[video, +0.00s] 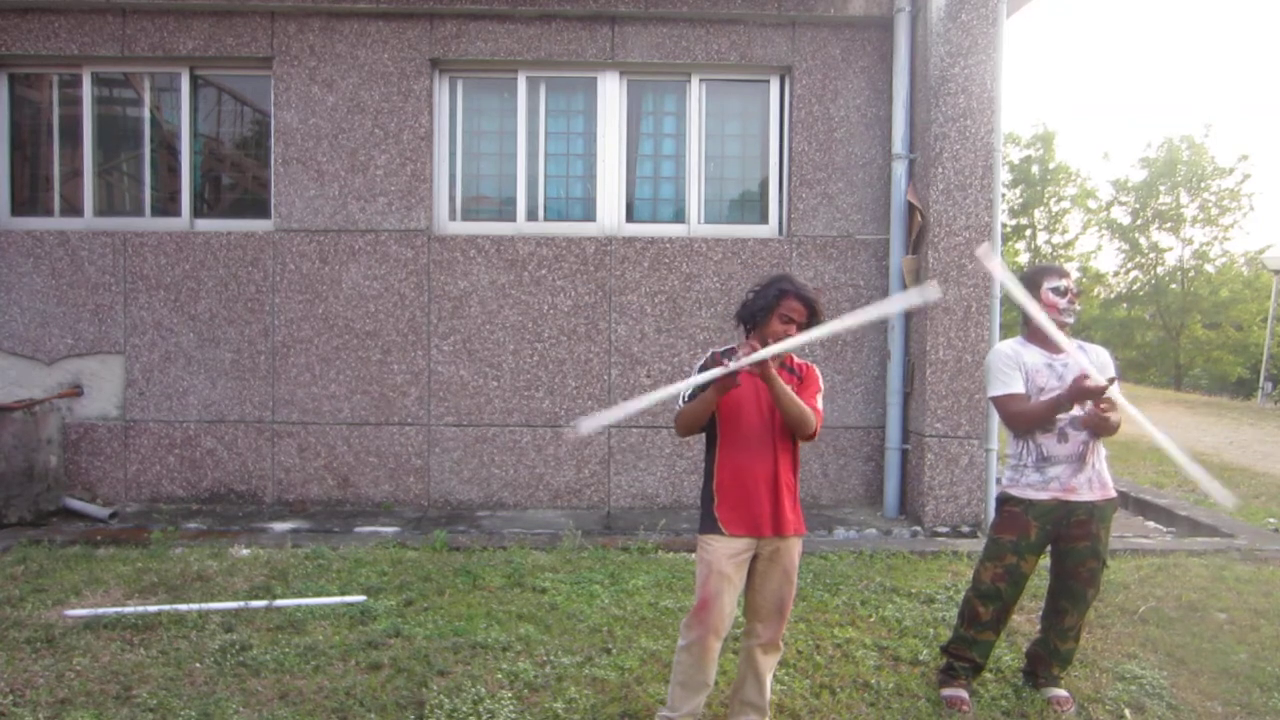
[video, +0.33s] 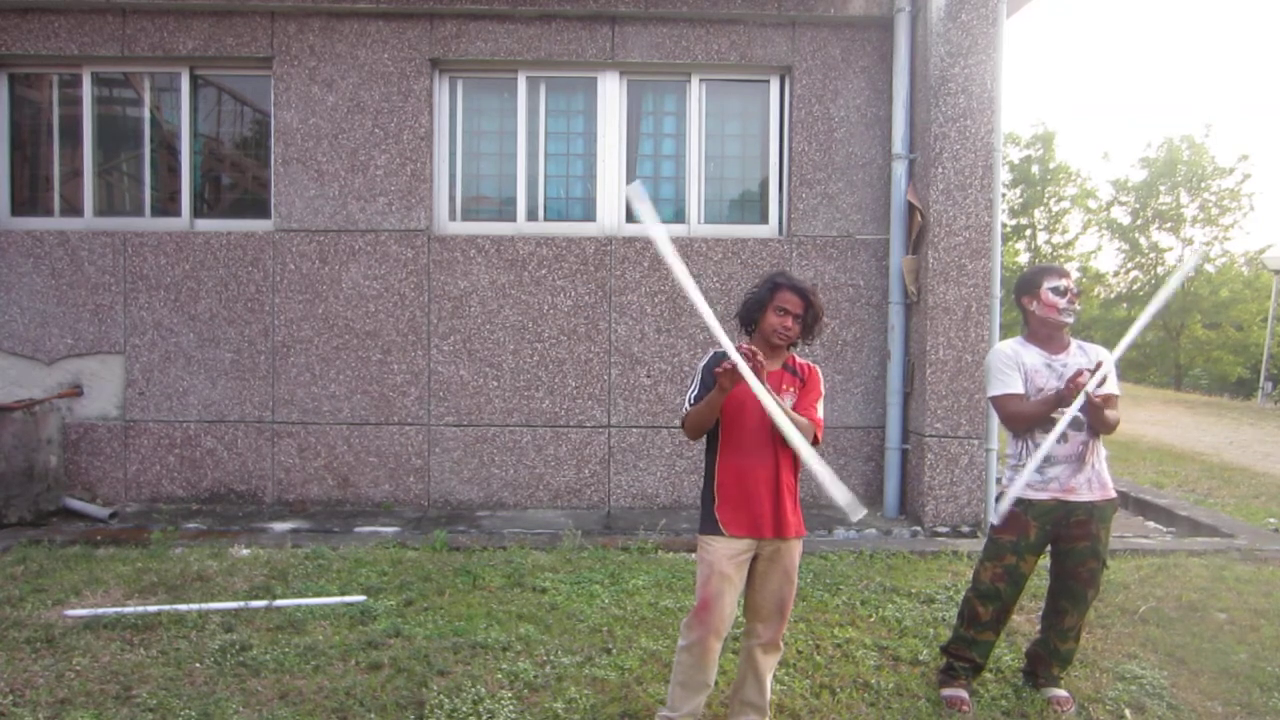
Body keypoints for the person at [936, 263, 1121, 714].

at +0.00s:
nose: (1071, 300)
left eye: (1074, 293)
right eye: (1059, 291)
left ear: (1076, 304)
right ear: (1029, 300)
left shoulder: (1094, 356)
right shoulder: (1006, 355)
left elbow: (1110, 420)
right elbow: (1018, 421)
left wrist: (1103, 421)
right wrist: (1071, 396)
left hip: (1089, 497)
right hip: (1028, 496)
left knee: (1076, 594)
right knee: (994, 585)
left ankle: (1045, 671)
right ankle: (957, 674)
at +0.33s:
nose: (1071, 298)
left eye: (1074, 292)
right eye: (1059, 290)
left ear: (1076, 304)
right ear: (1028, 302)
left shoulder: (1096, 356)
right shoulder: (1006, 355)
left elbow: (1109, 424)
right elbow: (1014, 419)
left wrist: (1092, 405)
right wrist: (1060, 396)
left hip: (1089, 498)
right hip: (1028, 496)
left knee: (1076, 594)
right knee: (993, 586)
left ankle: (1045, 671)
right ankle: (957, 674)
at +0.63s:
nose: (1060, 301)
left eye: (1066, 293)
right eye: (1049, 293)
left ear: (1073, 302)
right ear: (1025, 303)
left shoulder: (1095, 355)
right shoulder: (1005, 356)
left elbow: (1104, 426)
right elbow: (1015, 421)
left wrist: (1098, 402)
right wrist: (1063, 389)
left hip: (1089, 497)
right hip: (1027, 495)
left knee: (1076, 594)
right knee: (994, 586)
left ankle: (1045, 670)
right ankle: (957, 674)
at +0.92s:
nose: (1069, 299)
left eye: (1072, 293)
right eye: (1056, 291)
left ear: (1075, 304)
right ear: (1026, 302)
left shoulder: (1095, 356)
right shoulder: (1005, 357)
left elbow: (1105, 427)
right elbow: (1015, 425)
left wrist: (1105, 404)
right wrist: (1069, 398)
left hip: (1089, 497)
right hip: (1028, 496)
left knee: (1076, 593)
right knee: (994, 585)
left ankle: (1045, 671)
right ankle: (957, 675)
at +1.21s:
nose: (1061, 299)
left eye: (1068, 292)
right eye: (1048, 291)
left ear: (1075, 302)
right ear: (1024, 302)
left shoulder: (1094, 355)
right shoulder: (1005, 356)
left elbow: (1110, 423)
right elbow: (1014, 422)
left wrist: (1101, 390)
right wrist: (1066, 400)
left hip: (1090, 498)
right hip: (1029, 496)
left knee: (1077, 595)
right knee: (994, 586)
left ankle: (1045, 671)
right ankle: (957, 674)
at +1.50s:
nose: (1058, 299)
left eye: (1067, 293)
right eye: (1046, 291)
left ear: (1076, 304)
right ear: (1023, 303)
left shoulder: (1094, 357)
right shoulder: (1006, 356)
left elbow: (1111, 421)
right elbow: (1016, 422)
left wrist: (1098, 375)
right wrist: (1068, 394)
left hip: (1089, 497)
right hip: (1029, 496)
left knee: (1077, 595)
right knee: (994, 586)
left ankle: (1045, 672)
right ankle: (957, 674)